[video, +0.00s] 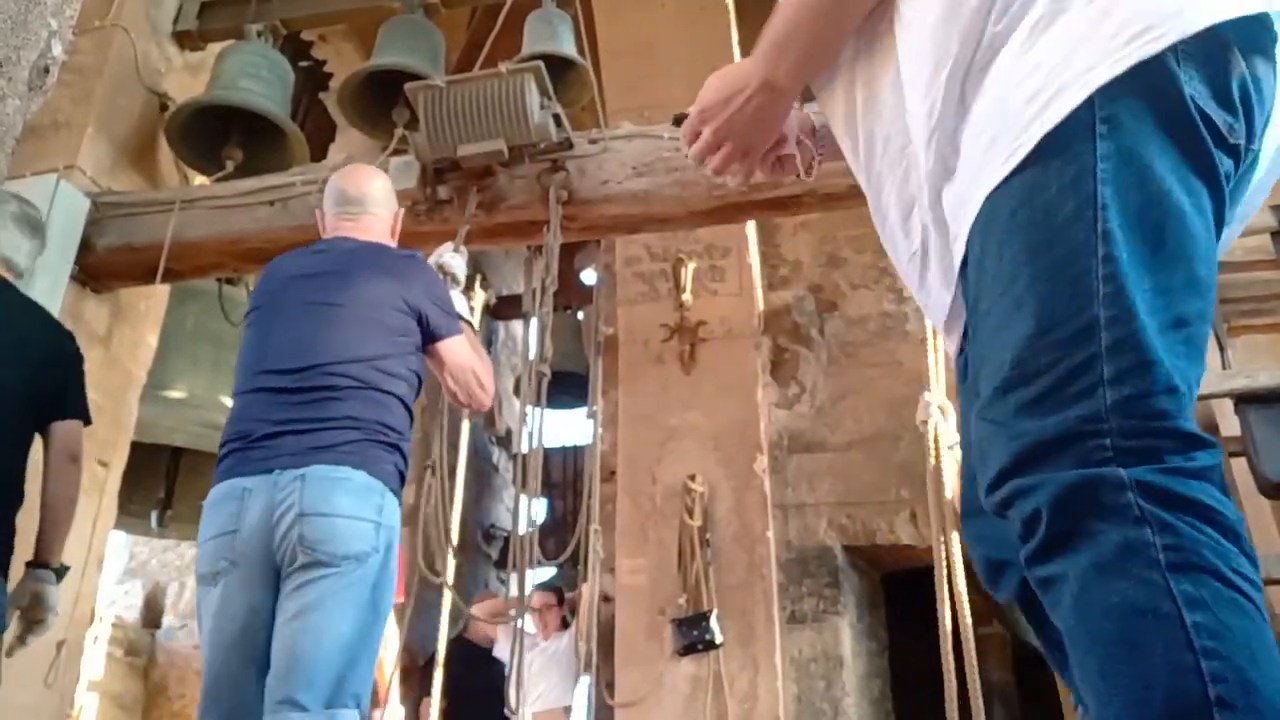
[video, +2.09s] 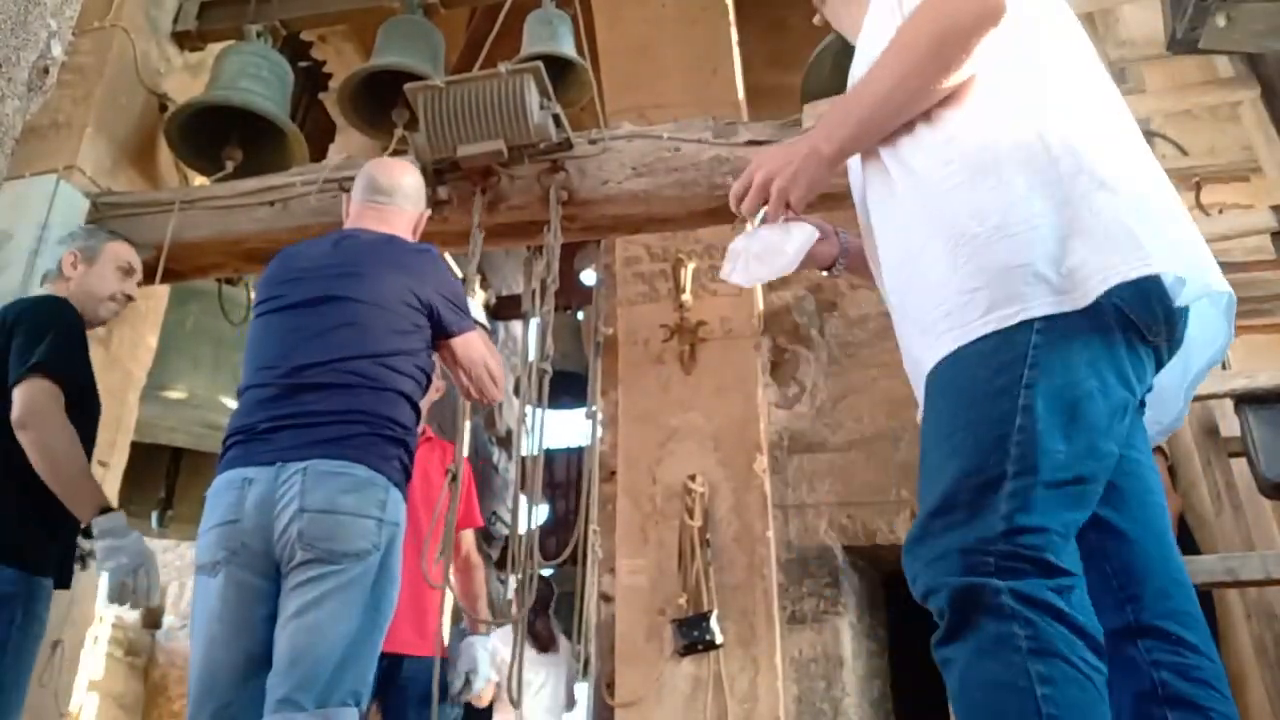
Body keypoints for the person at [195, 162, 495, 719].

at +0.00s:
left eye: (321, 215)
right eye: (400, 217)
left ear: (321, 222)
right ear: (397, 222)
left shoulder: (272, 275)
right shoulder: (411, 274)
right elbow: (478, 393)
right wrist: (439, 322)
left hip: (232, 496)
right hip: (344, 489)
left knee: (226, 708)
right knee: (308, 708)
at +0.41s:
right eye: (402, 210)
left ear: (322, 216)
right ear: (398, 215)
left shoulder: (275, 271)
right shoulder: (415, 270)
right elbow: (483, 390)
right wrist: (442, 326)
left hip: (238, 488)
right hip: (352, 487)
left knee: (216, 708)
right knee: (310, 707)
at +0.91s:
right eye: (392, 209)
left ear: (313, 218)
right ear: (388, 213)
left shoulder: (267, 272)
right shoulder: (409, 270)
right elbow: (477, 391)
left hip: (234, 488)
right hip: (348, 487)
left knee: (215, 709)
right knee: (309, 707)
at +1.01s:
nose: (392, 214)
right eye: (392, 208)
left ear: (312, 217)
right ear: (387, 212)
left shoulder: (266, 271)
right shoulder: (407, 269)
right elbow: (474, 386)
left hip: (232, 489)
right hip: (346, 488)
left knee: (214, 709)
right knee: (308, 708)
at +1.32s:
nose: (390, 215)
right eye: (390, 208)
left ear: (310, 218)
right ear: (385, 211)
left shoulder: (265, 270)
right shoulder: (405, 266)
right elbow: (472, 386)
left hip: (230, 489)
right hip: (345, 485)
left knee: (214, 709)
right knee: (309, 708)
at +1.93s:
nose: (413, 223)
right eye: (413, 217)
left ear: (332, 209)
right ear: (407, 219)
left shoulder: (276, 265)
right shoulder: (417, 264)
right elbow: (480, 386)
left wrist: (430, 369)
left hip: (233, 489)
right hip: (347, 488)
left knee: (217, 709)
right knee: (310, 707)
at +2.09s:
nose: (423, 232)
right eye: (424, 223)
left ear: (347, 207)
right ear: (420, 221)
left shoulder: (281, 265)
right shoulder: (421, 265)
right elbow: (489, 385)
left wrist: (432, 369)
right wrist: (438, 328)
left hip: (235, 489)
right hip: (348, 488)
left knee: (217, 709)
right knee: (309, 706)